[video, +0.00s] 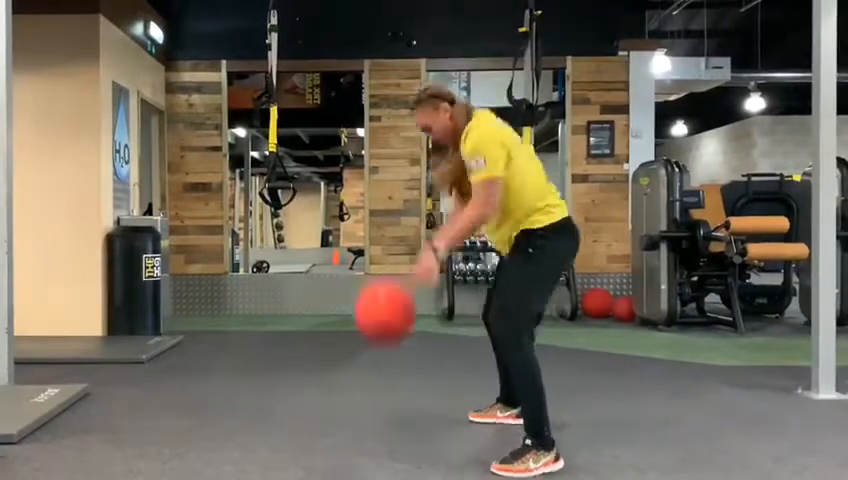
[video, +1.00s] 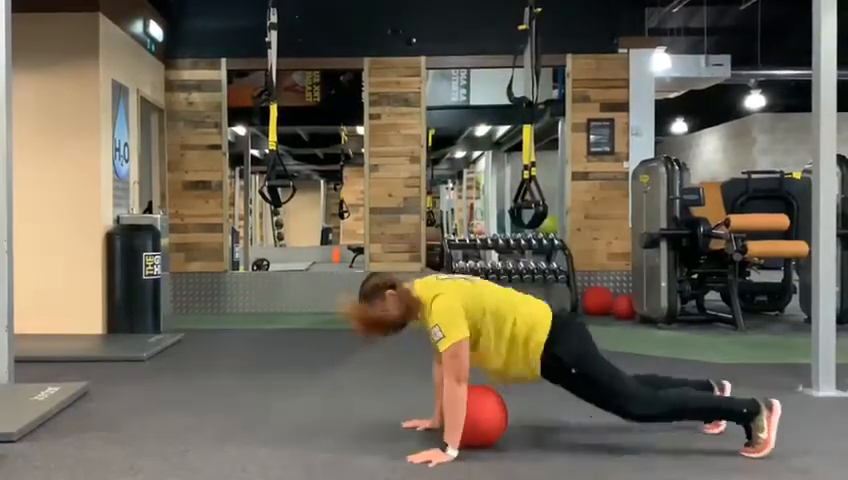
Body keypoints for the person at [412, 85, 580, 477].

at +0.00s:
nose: (430, 138)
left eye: (429, 128)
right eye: (426, 131)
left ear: (447, 111)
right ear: (446, 113)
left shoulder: (482, 134)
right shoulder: (470, 137)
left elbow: (485, 204)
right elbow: (468, 201)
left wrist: (438, 247)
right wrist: (440, 243)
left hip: (548, 235)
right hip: (528, 237)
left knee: (509, 324)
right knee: (495, 317)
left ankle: (541, 445)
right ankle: (512, 403)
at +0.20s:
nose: (411, 213)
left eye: (410, 204)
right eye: (406, 208)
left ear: (426, 184)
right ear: (424, 187)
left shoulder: (465, 201)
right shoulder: (451, 206)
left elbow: (489, 268)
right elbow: (472, 270)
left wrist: (475, 335)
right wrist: (463, 329)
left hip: (568, 251)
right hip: (545, 252)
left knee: (511, 335)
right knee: (498, 323)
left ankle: (546, 447)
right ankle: (513, 401)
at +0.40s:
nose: (408, 277)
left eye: (405, 270)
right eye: (402, 273)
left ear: (418, 251)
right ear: (418, 251)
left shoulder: (456, 257)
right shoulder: (445, 253)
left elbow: (462, 338)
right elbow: (456, 330)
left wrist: (449, 405)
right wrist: (443, 388)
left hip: (574, 258)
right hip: (554, 255)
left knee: (509, 333)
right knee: (493, 315)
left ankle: (544, 448)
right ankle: (512, 402)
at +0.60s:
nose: (398, 326)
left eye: (394, 319)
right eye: (392, 322)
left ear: (403, 301)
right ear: (404, 294)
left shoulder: (440, 301)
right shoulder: (429, 292)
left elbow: (455, 379)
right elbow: (447, 367)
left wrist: (449, 447)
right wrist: (442, 418)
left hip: (545, 233)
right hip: (524, 245)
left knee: (581, 336)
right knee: (537, 325)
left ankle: (689, 408)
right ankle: (612, 375)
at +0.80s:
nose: (366, 328)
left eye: (365, 319)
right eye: (361, 322)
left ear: (379, 303)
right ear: (377, 303)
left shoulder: (423, 307)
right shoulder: (410, 306)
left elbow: (447, 377)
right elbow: (442, 369)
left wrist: (449, 446)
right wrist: (441, 415)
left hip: (540, 319)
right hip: (531, 320)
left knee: (627, 376)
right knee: (622, 369)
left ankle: (747, 407)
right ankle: (707, 390)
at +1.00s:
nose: (385, 326)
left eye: (380, 320)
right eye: (378, 322)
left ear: (389, 301)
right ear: (392, 292)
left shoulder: (443, 304)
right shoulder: (432, 297)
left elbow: (456, 377)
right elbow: (448, 366)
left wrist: (451, 446)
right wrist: (440, 416)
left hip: (554, 343)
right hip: (550, 339)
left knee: (636, 405)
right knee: (628, 388)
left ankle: (756, 411)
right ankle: (712, 390)